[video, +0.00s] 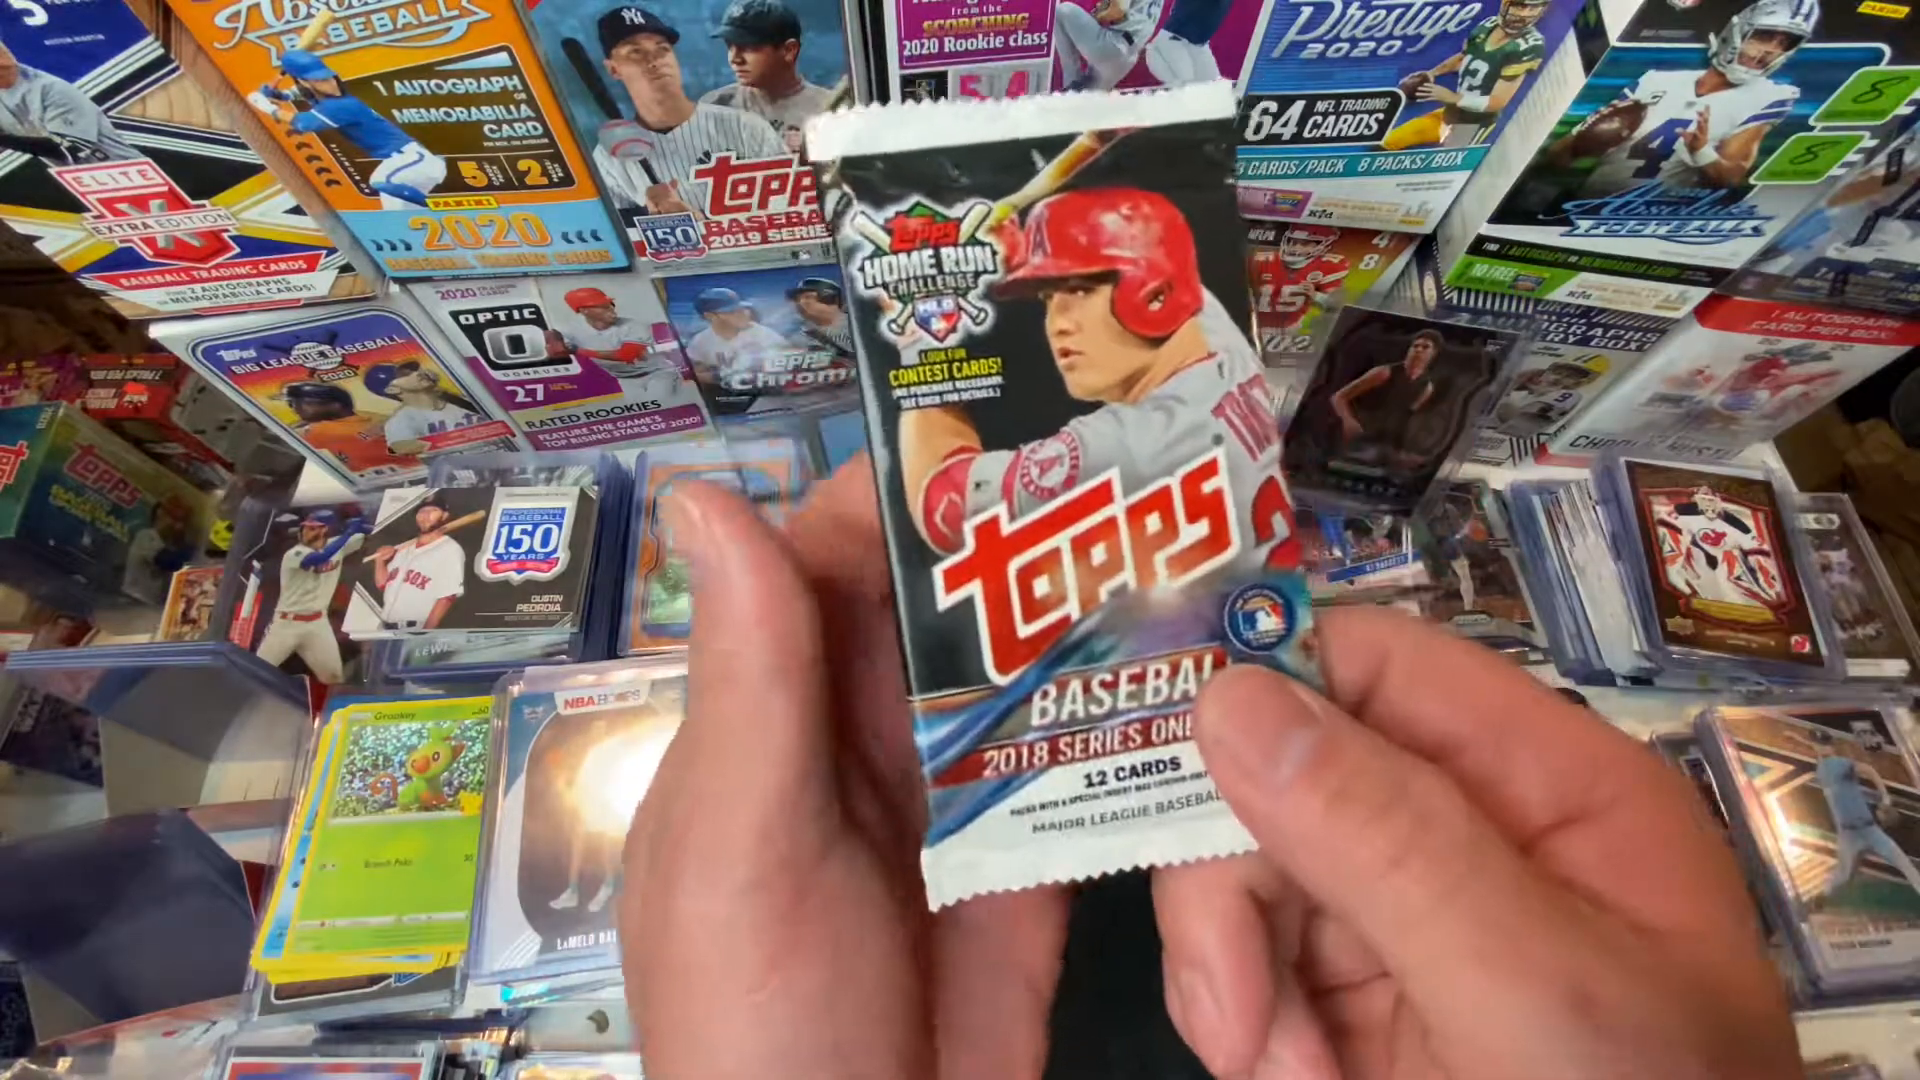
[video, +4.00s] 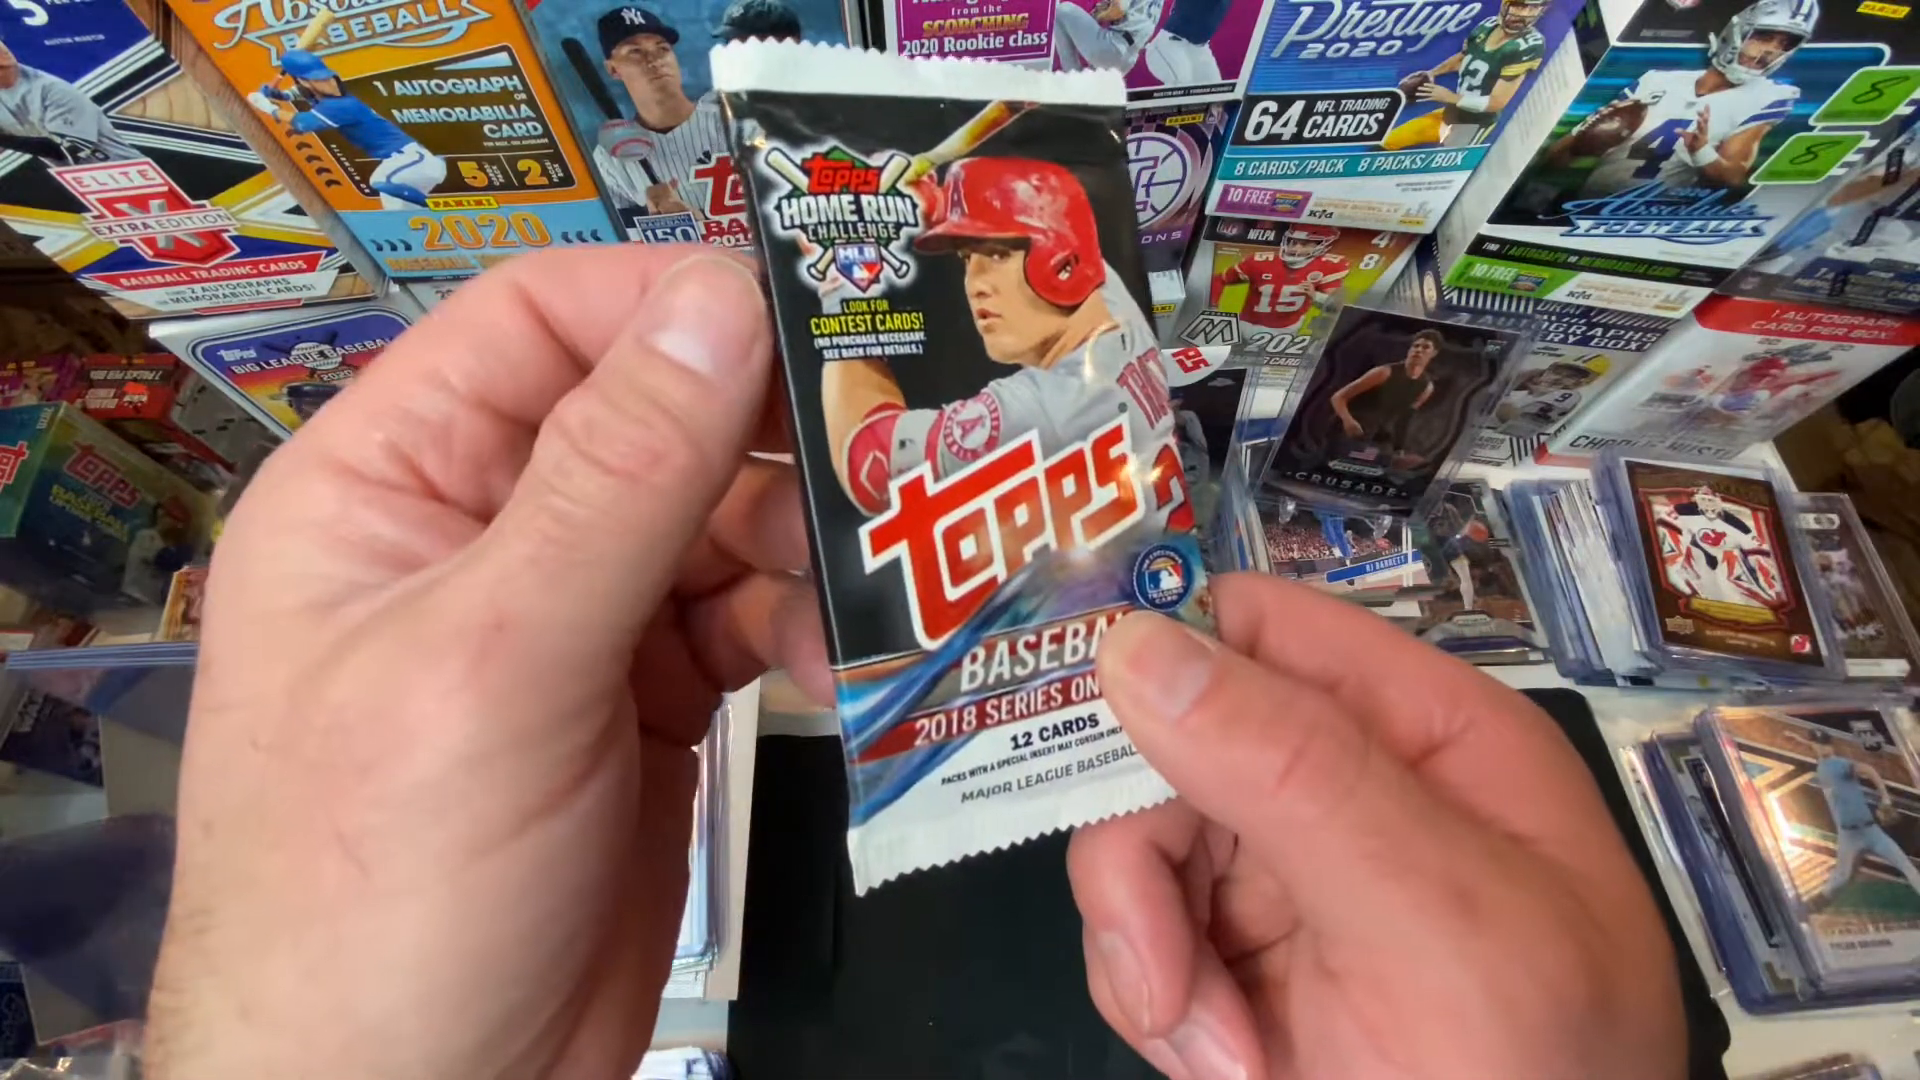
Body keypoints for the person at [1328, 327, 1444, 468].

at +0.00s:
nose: (1419, 350)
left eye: (1425, 347)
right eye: (1416, 346)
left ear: (1433, 355)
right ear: (1410, 349)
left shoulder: (1426, 389)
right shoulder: (1384, 373)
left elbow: (1404, 415)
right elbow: (1339, 398)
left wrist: (1402, 454)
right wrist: (1349, 423)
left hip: (1390, 449)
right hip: (1362, 443)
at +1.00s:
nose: (1419, 351)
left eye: (1426, 347)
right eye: (1416, 346)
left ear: (1433, 354)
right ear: (1409, 349)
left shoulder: (1426, 389)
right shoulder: (1385, 373)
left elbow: (1406, 417)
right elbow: (1338, 398)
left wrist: (1399, 451)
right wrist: (1348, 421)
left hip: (1384, 444)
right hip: (1357, 437)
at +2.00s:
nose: (1419, 350)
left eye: (1426, 347)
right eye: (1416, 346)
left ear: (1434, 355)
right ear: (1410, 349)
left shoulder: (1426, 389)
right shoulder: (1384, 373)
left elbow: (1405, 417)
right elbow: (1338, 397)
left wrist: (1400, 452)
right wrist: (1347, 420)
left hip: (1385, 440)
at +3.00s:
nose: (1418, 350)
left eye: (1425, 347)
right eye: (1415, 346)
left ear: (1433, 354)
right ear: (1409, 349)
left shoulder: (1426, 389)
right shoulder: (1384, 373)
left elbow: (1405, 417)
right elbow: (1338, 397)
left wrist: (1400, 452)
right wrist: (1348, 421)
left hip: (1384, 442)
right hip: (1358, 435)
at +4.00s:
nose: (1418, 350)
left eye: (1425, 347)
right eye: (1416, 346)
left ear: (1434, 354)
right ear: (1409, 349)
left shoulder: (1426, 388)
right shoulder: (1384, 373)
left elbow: (1405, 417)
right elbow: (1338, 398)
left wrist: (1399, 451)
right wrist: (1348, 421)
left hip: (1384, 441)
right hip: (1357, 433)